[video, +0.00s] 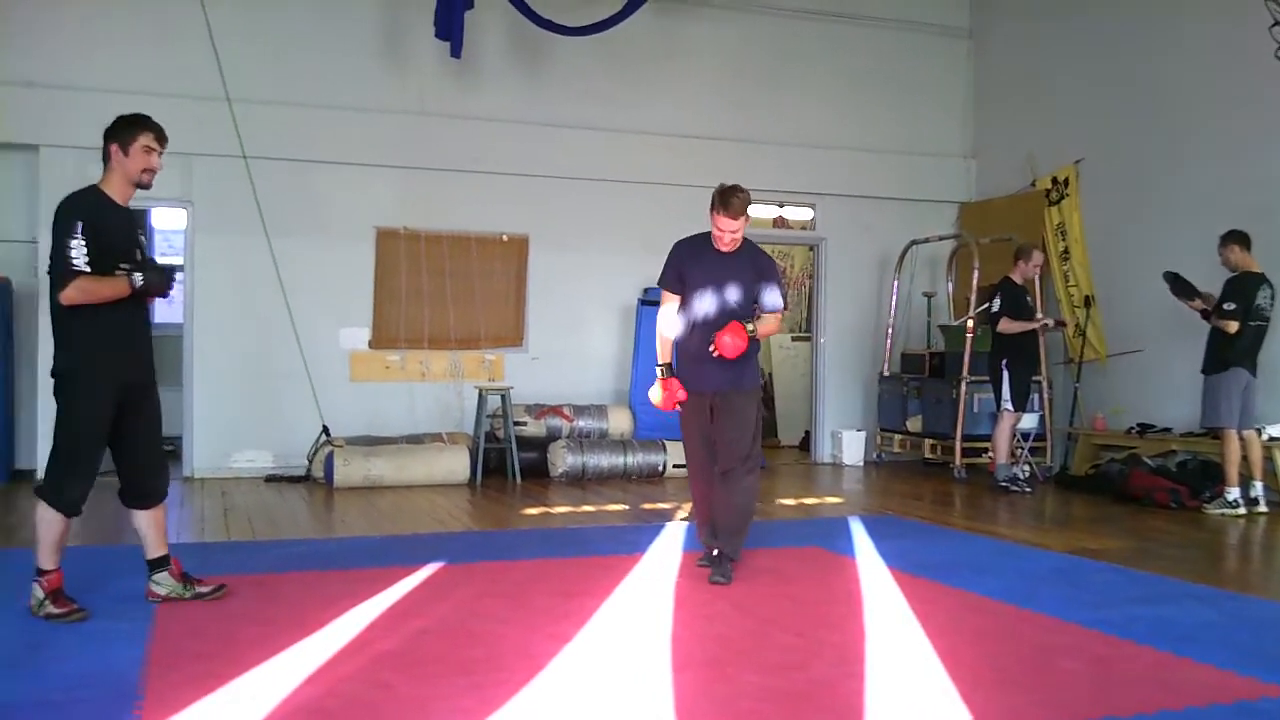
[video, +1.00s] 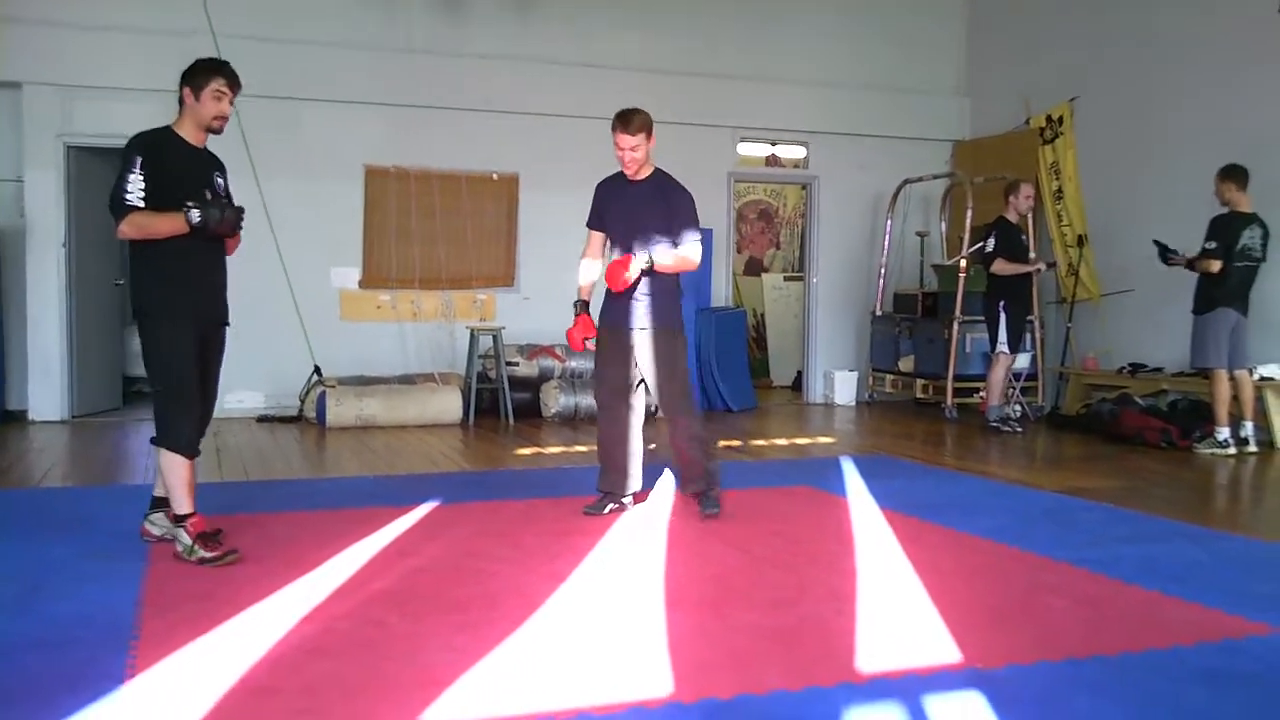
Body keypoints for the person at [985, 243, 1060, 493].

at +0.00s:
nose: (1038, 271)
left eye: (1040, 267)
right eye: (1035, 266)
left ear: (1024, 266)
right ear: (1020, 264)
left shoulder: (1021, 290)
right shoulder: (1005, 288)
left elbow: (1023, 322)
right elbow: (1000, 325)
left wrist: (1049, 324)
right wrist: (1035, 324)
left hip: (1020, 361)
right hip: (1007, 361)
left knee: (1012, 415)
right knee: (1008, 415)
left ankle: (1005, 468)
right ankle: (1001, 471)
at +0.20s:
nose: (1049, 265)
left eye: (1051, 261)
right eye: (1046, 260)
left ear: (1036, 260)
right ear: (1031, 258)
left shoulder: (1033, 285)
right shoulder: (1017, 283)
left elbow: (1031, 316)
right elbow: (1013, 319)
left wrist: (1055, 317)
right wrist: (1047, 319)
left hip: (1031, 355)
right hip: (1018, 355)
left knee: (1024, 411)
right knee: (1021, 410)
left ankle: (1016, 465)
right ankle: (1015, 468)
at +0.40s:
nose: (1046, 259)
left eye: (1047, 254)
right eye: (1042, 254)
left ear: (1033, 257)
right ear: (1027, 255)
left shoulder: (1031, 284)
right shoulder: (1013, 282)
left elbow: (1028, 316)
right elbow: (1009, 318)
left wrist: (1051, 316)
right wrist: (1044, 317)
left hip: (1028, 354)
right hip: (1016, 354)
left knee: (1020, 409)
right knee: (1017, 408)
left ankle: (1012, 464)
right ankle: (1011, 467)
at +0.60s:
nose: (1041, 255)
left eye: (1042, 250)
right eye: (1037, 249)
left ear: (1027, 252)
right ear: (1021, 251)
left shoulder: (1026, 281)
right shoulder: (1009, 278)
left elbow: (1025, 313)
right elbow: (1005, 315)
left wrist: (1051, 314)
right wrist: (1040, 315)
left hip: (1024, 351)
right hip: (1011, 350)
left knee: (1014, 405)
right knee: (1012, 405)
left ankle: (1007, 459)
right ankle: (1005, 462)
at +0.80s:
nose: (1021, 198)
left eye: (1022, 193)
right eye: (1016, 193)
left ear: (1007, 196)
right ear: (1000, 194)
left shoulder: (1006, 225)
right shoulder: (988, 222)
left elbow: (1002, 258)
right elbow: (984, 260)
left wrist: (1028, 259)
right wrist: (1019, 260)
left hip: (1004, 295)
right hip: (991, 295)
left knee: (994, 351)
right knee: (993, 350)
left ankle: (986, 404)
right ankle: (985, 406)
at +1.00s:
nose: (1031, 203)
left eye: (1032, 198)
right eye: (1027, 198)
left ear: (1018, 201)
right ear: (1011, 199)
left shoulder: (1017, 230)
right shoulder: (998, 227)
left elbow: (1014, 263)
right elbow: (994, 265)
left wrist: (1038, 265)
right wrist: (1030, 267)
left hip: (1015, 301)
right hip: (1002, 301)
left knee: (1007, 357)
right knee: (1003, 356)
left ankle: (998, 409)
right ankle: (993, 413)